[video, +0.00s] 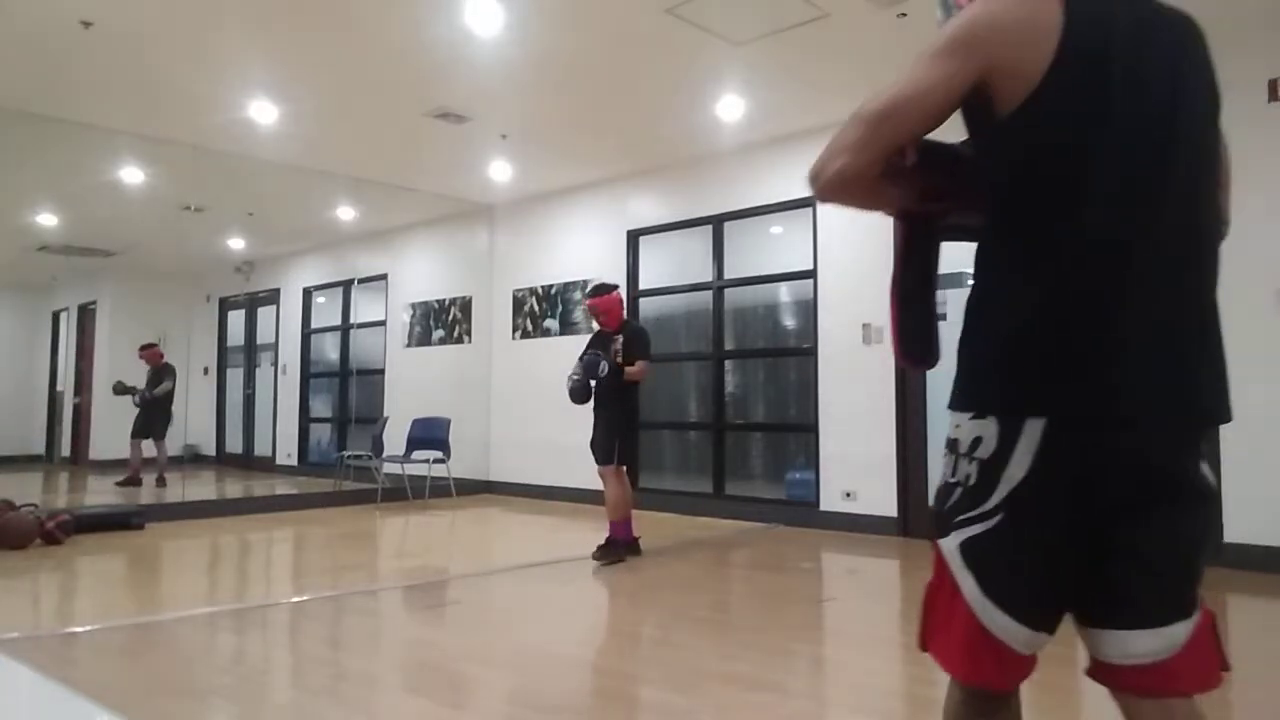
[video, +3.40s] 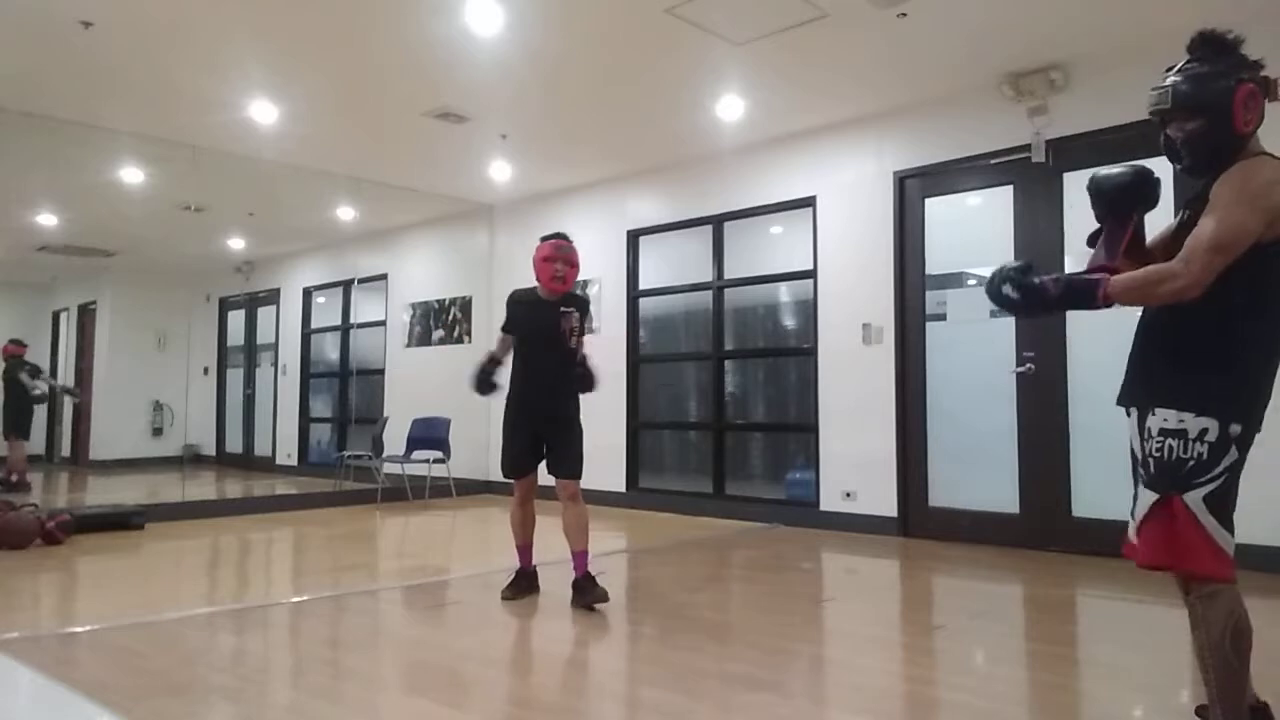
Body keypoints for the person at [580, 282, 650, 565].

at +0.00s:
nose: (597, 319)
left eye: (599, 313)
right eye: (594, 314)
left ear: (614, 307)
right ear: (595, 312)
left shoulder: (635, 333)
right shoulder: (599, 336)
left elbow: (640, 371)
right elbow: (583, 364)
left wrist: (609, 371)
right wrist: (578, 378)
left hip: (621, 411)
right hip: (604, 411)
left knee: (608, 470)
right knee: (616, 471)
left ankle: (617, 539)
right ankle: (626, 537)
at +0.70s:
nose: (597, 314)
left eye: (603, 308)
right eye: (594, 308)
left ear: (617, 305)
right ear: (590, 307)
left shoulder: (631, 330)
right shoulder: (588, 332)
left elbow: (631, 367)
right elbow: (567, 358)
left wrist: (599, 380)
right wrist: (568, 357)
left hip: (618, 414)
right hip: (589, 412)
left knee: (618, 476)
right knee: (566, 469)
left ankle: (620, 542)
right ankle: (585, 529)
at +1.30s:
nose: (566, 304)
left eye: (573, 297)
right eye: (559, 297)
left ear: (582, 300)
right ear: (550, 300)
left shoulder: (591, 329)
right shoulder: (539, 330)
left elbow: (602, 368)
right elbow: (510, 361)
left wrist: (566, 380)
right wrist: (538, 359)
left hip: (578, 411)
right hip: (547, 411)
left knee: (582, 477)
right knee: (550, 476)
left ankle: (605, 535)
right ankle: (554, 545)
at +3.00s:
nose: (545, 282)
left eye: (552, 275)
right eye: (536, 275)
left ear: (562, 278)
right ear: (523, 279)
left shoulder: (571, 310)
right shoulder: (509, 313)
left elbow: (595, 341)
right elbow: (478, 341)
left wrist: (574, 334)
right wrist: (509, 330)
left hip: (562, 410)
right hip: (522, 411)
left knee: (572, 490)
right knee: (524, 488)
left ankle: (563, 541)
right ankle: (525, 570)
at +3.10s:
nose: (543, 279)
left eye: (550, 271)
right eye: (534, 272)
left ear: (560, 274)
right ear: (522, 275)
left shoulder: (569, 310)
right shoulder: (506, 311)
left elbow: (602, 333)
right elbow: (468, 328)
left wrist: (638, 344)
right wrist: (438, 332)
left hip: (562, 411)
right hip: (521, 412)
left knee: (571, 486)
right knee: (523, 488)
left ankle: (567, 556)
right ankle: (525, 571)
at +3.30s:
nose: (553, 268)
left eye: (560, 262)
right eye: (544, 260)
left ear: (568, 268)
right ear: (529, 266)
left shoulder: (575, 307)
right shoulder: (510, 303)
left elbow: (601, 337)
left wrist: (633, 356)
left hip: (561, 412)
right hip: (520, 413)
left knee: (568, 489)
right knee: (522, 489)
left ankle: (584, 573)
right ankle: (525, 572)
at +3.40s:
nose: (559, 268)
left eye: (567, 262)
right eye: (551, 260)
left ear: (576, 269)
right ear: (536, 266)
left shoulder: (578, 306)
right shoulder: (519, 301)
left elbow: (578, 351)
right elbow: (504, 345)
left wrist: (583, 369)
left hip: (563, 410)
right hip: (523, 409)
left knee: (570, 491)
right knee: (523, 490)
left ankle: (582, 578)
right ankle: (525, 572)